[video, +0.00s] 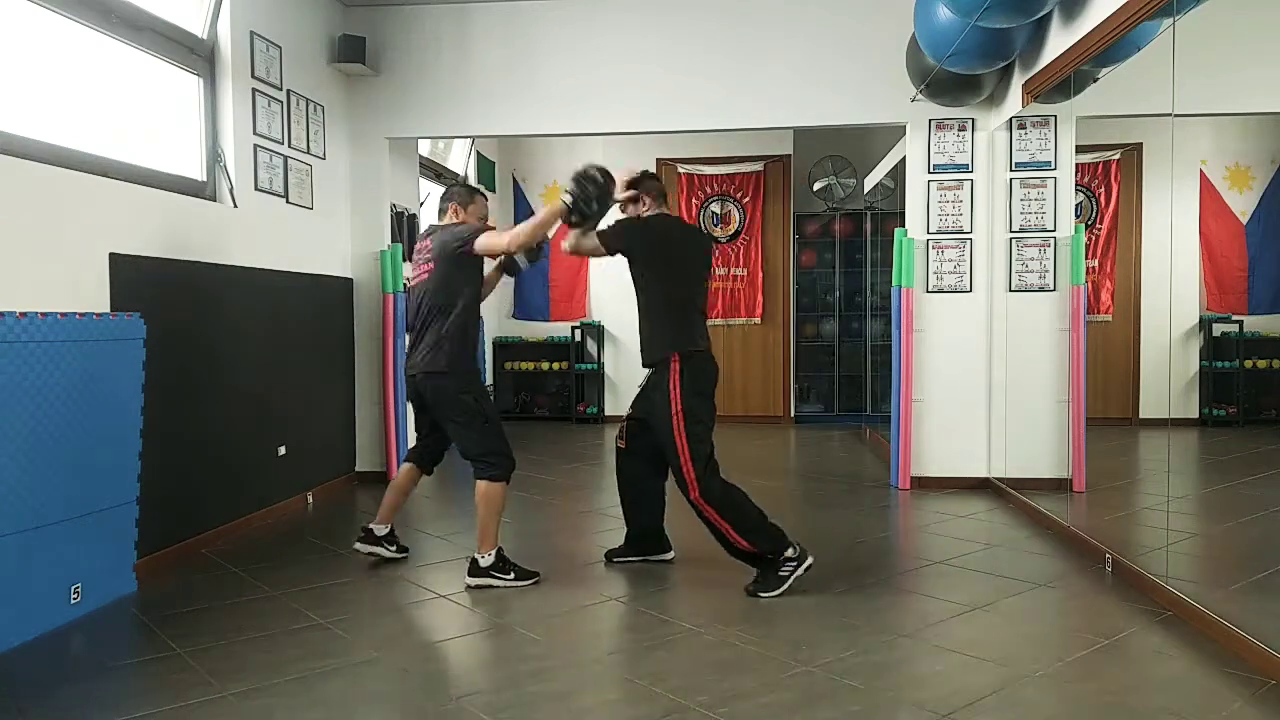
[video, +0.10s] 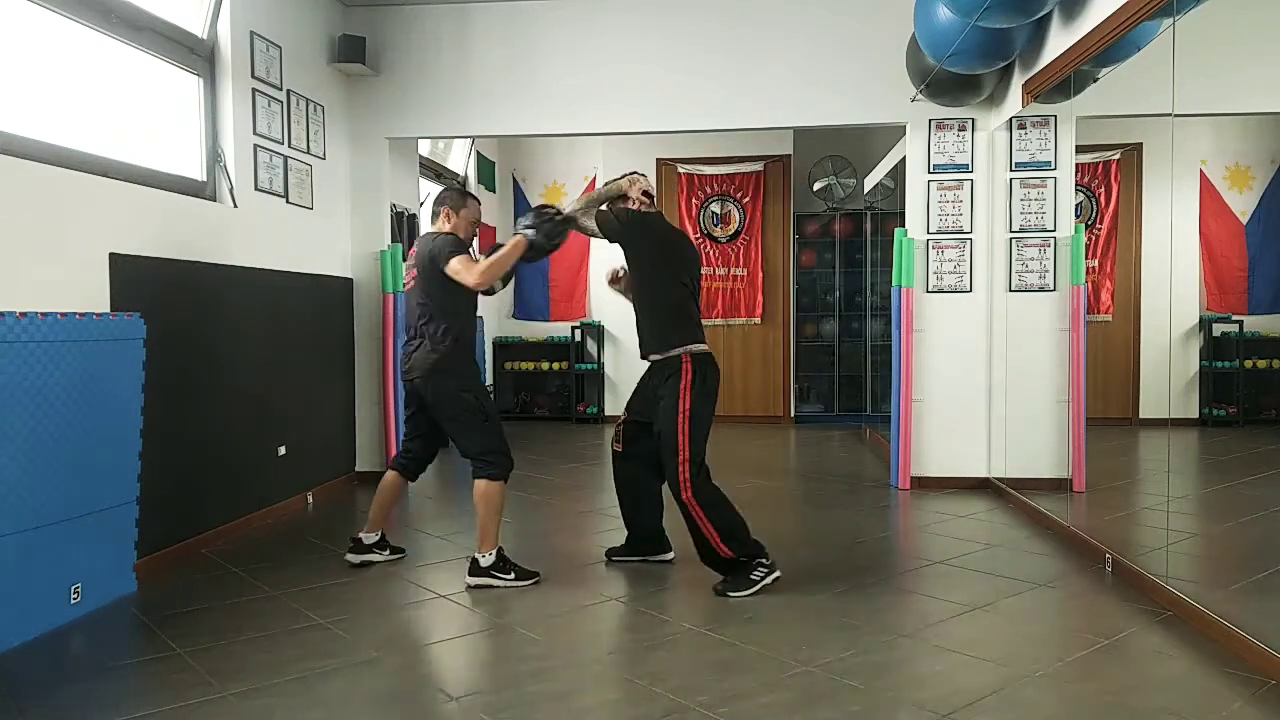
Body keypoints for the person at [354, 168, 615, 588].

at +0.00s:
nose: (487, 224)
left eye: (487, 217)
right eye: (483, 216)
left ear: (451, 212)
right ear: (456, 209)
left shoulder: (429, 244)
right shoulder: (454, 236)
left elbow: (469, 298)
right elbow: (515, 240)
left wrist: (503, 263)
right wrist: (563, 202)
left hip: (422, 372)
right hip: (450, 372)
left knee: (427, 449)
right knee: (494, 459)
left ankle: (378, 530)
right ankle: (487, 559)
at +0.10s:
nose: (476, 230)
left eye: (477, 223)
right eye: (472, 221)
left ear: (443, 216)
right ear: (448, 214)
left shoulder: (428, 248)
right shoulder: (441, 244)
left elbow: (485, 284)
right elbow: (479, 276)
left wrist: (515, 251)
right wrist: (524, 237)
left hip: (421, 369)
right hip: (449, 370)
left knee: (412, 456)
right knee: (493, 459)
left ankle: (369, 537)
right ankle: (487, 559)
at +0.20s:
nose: (466, 229)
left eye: (468, 222)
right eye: (463, 219)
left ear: (438, 214)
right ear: (442, 213)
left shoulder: (417, 246)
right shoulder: (431, 237)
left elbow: (444, 295)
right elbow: (453, 250)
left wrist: (472, 284)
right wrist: (490, 209)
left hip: (405, 360)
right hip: (435, 360)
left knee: (397, 454)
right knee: (475, 458)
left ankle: (366, 541)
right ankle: (485, 558)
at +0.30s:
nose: (462, 223)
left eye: (463, 217)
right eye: (459, 215)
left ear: (425, 209)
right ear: (445, 210)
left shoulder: (402, 244)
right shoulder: (434, 227)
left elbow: (417, 294)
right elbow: (477, 197)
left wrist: (457, 280)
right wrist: (523, 174)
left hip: (391, 360)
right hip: (422, 360)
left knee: (393, 452)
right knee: (460, 456)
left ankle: (366, 541)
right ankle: (442, 559)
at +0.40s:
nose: (451, 215)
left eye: (450, 210)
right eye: (447, 207)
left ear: (417, 206)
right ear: (433, 205)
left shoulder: (403, 248)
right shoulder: (421, 230)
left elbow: (417, 301)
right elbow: (453, 197)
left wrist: (456, 286)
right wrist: (495, 169)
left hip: (390, 361)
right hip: (417, 360)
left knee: (391, 453)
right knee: (447, 457)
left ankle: (365, 541)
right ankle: (436, 560)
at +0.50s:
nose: (443, 220)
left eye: (446, 214)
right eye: (438, 212)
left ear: (415, 212)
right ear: (412, 209)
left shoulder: (416, 250)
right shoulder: (401, 234)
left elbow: (433, 306)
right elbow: (419, 244)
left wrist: (464, 273)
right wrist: (464, 210)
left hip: (404, 363)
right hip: (413, 364)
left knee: (401, 452)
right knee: (445, 459)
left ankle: (365, 541)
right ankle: (435, 561)